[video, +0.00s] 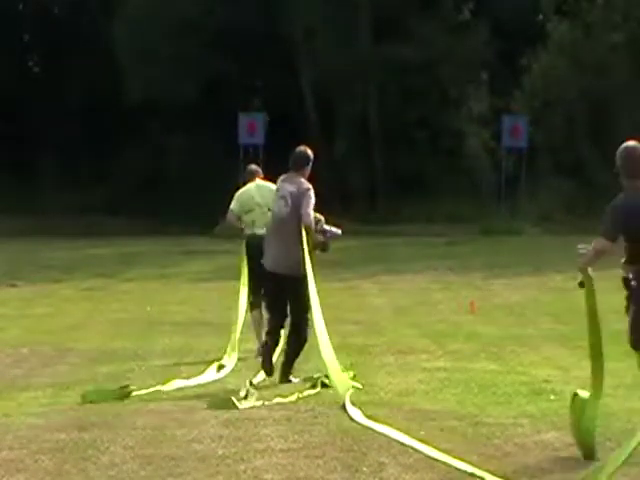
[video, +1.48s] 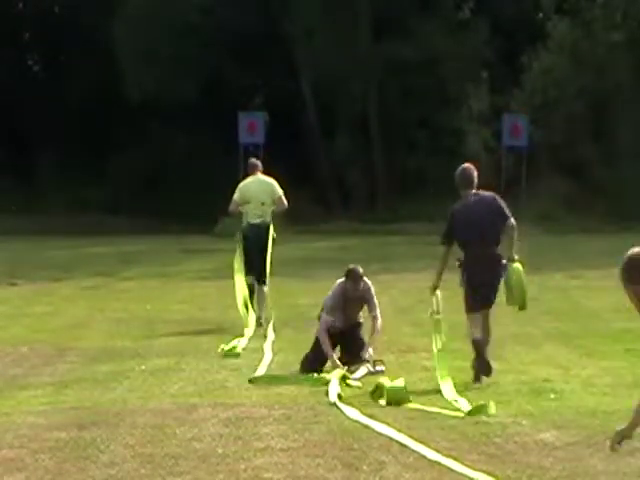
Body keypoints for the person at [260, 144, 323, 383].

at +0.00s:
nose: (311, 169)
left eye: (308, 165)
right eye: (311, 165)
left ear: (291, 163)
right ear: (308, 165)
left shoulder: (280, 183)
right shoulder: (306, 189)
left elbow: (286, 216)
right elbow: (307, 221)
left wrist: (315, 220)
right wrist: (325, 233)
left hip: (271, 264)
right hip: (295, 267)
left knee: (276, 316)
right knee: (299, 324)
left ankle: (267, 352)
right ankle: (285, 372)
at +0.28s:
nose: (320, 190)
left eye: (321, 185)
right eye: (320, 185)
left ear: (307, 180)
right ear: (312, 183)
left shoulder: (304, 199)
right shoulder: (294, 199)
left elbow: (306, 231)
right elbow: (300, 228)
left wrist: (324, 249)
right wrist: (330, 234)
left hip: (287, 266)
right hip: (280, 267)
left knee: (297, 316)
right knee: (301, 315)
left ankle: (275, 365)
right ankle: (274, 366)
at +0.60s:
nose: (321, 224)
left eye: (324, 221)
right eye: (317, 221)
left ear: (328, 216)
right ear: (310, 216)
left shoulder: (329, 225)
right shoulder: (299, 221)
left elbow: (340, 259)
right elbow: (281, 259)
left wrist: (348, 300)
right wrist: (293, 293)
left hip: (317, 267)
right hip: (296, 265)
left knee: (327, 314)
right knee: (299, 310)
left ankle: (318, 363)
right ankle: (294, 365)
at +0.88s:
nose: (339, 275)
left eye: (342, 271)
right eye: (336, 272)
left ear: (344, 268)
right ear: (328, 269)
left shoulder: (346, 272)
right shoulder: (315, 274)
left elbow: (353, 310)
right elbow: (312, 322)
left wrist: (364, 345)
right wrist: (321, 356)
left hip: (332, 299)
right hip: (311, 297)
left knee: (345, 348)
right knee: (299, 337)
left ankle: (335, 374)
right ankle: (291, 370)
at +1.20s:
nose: (342, 302)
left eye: (344, 298)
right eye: (339, 299)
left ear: (349, 293)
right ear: (333, 295)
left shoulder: (353, 293)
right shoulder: (323, 299)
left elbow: (368, 324)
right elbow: (318, 338)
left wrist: (369, 348)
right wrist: (335, 365)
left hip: (342, 326)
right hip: (320, 325)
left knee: (355, 360)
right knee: (306, 366)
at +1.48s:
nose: (357, 288)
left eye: (360, 284)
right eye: (354, 285)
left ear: (362, 282)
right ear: (346, 283)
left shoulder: (366, 287)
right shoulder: (336, 293)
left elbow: (376, 318)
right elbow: (321, 330)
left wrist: (370, 346)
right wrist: (331, 357)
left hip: (351, 329)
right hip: (331, 328)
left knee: (357, 361)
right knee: (310, 368)